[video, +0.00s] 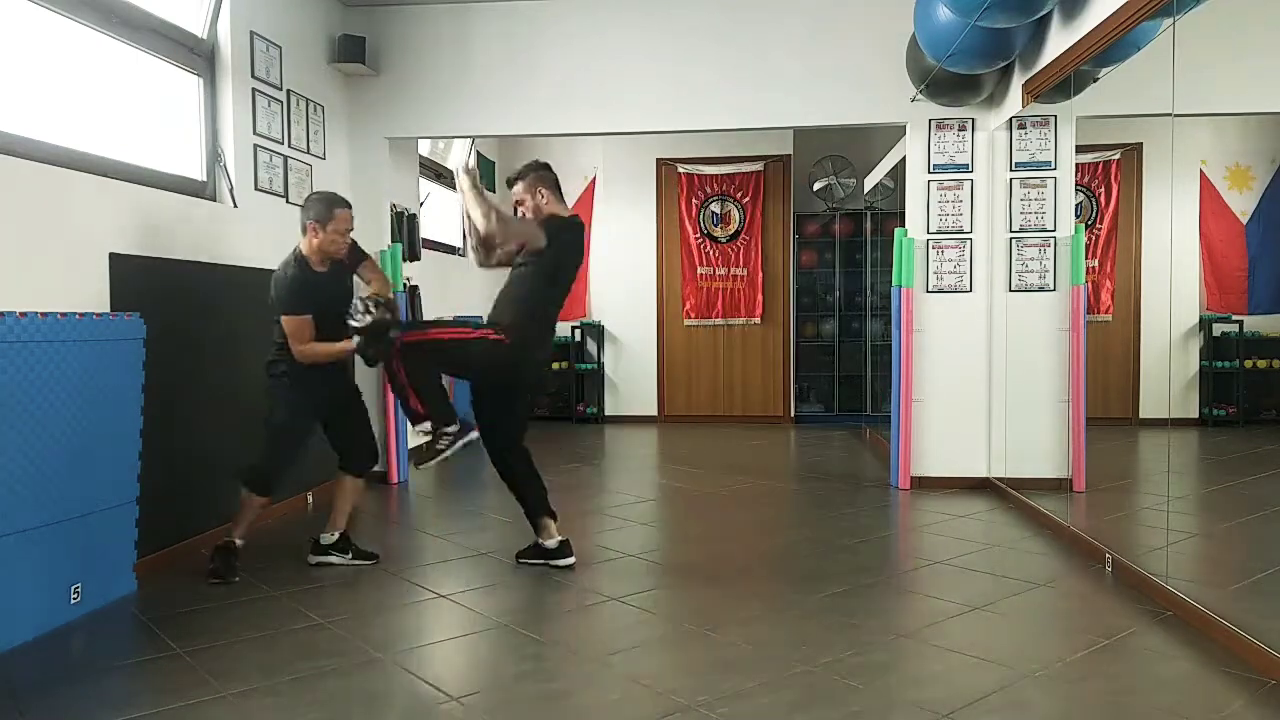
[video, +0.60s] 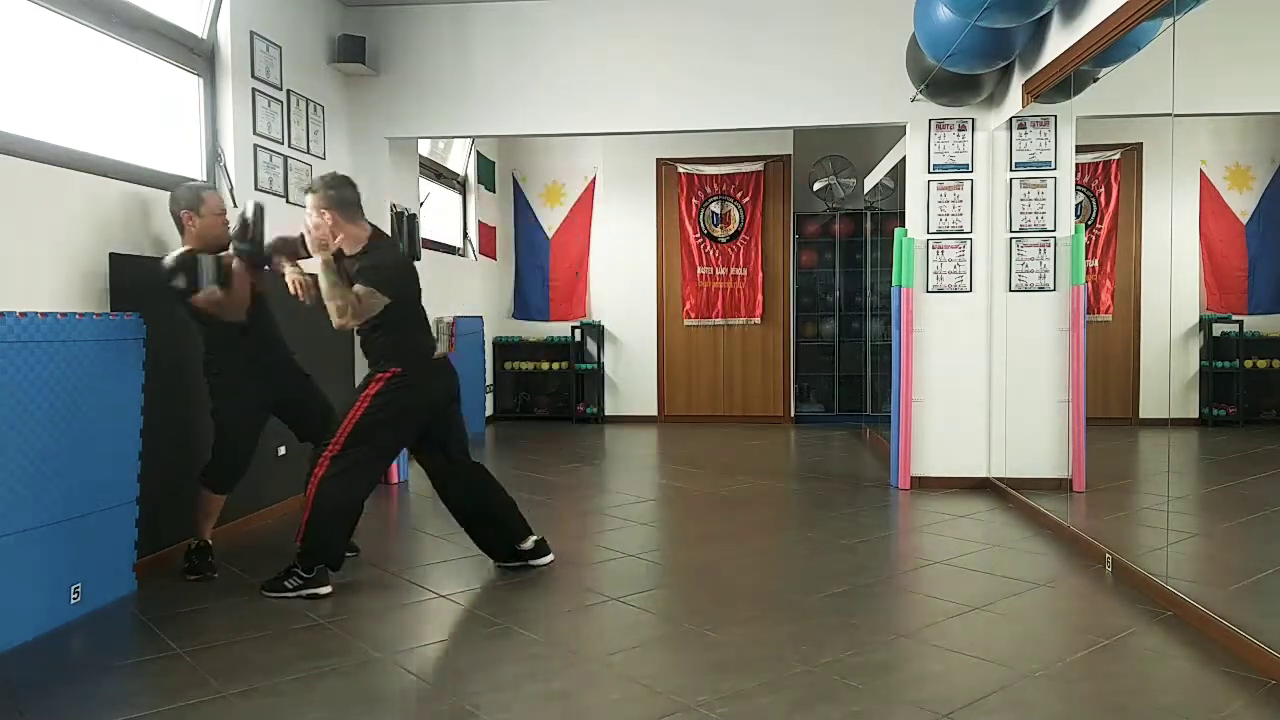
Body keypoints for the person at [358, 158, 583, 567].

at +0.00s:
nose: (520, 214)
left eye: (522, 204)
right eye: (517, 207)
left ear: (543, 194)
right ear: (544, 199)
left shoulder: (565, 227)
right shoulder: (546, 239)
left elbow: (496, 227)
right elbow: (486, 256)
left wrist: (465, 178)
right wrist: (467, 196)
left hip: (506, 346)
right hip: (514, 352)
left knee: (404, 347)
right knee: (504, 447)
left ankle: (446, 427)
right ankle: (551, 540)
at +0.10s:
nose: (507, 220)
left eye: (510, 210)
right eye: (505, 213)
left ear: (534, 204)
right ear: (536, 207)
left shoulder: (550, 249)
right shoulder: (536, 248)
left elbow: (493, 297)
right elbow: (495, 295)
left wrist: (466, 257)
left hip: (484, 356)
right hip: (499, 363)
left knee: (377, 354)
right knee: (496, 456)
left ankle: (433, 432)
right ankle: (544, 542)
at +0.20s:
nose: (486, 225)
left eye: (487, 215)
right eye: (484, 217)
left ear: (509, 208)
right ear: (518, 211)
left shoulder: (520, 252)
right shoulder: (544, 255)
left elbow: (455, 291)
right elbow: (493, 297)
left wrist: (441, 251)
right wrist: (463, 264)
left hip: (469, 368)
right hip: (497, 373)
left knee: (368, 408)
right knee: (491, 459)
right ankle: (540, 541)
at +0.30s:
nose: (449, 223)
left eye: (453, 214)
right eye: (448, 215)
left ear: (474, 212)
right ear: (486, 214)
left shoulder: (473, 254)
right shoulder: (524, 260)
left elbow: (397, 272)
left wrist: (398, 227)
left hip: (447, 380)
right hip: (489, 381)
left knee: (366, 449)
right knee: (486, 464)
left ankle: (349, 554)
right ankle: (538, 543)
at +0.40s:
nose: (400, 220)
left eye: (403, 211)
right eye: (399, 212)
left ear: (421, 211)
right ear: (443, 211)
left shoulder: (429, 259)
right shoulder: (476, 250)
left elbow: (347, 273)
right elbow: (439, 277)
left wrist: (355, 216)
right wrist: (410, 249)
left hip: (429, 384)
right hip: (468, 383)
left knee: (357, 462)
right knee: (476, 469)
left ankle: (334, 568)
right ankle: (538, 545)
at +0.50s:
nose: (348, 217)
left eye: (351, 209)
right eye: (348, 209)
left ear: (367, 213)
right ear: (390, 208)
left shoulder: (400, 263)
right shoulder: (408, 253)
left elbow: (338, 302)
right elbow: (358, 292)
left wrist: (338, 240)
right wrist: (339, 242)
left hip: (412, 384)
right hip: (446, 378)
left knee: (346, 467)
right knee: (467, 467)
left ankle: (313, 569)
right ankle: (534, 545)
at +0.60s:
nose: (307, 224)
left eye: (310, 216)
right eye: (307, 216)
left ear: (332, 219)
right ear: (344, 215)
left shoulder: (384, 261)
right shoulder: (349, 249)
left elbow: (345, 317)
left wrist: (323, 258)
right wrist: (291, 268)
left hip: (401, 378)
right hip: (429, 374)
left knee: (336, 467)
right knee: (453, 467)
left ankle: (312, 569)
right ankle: (520, 544)